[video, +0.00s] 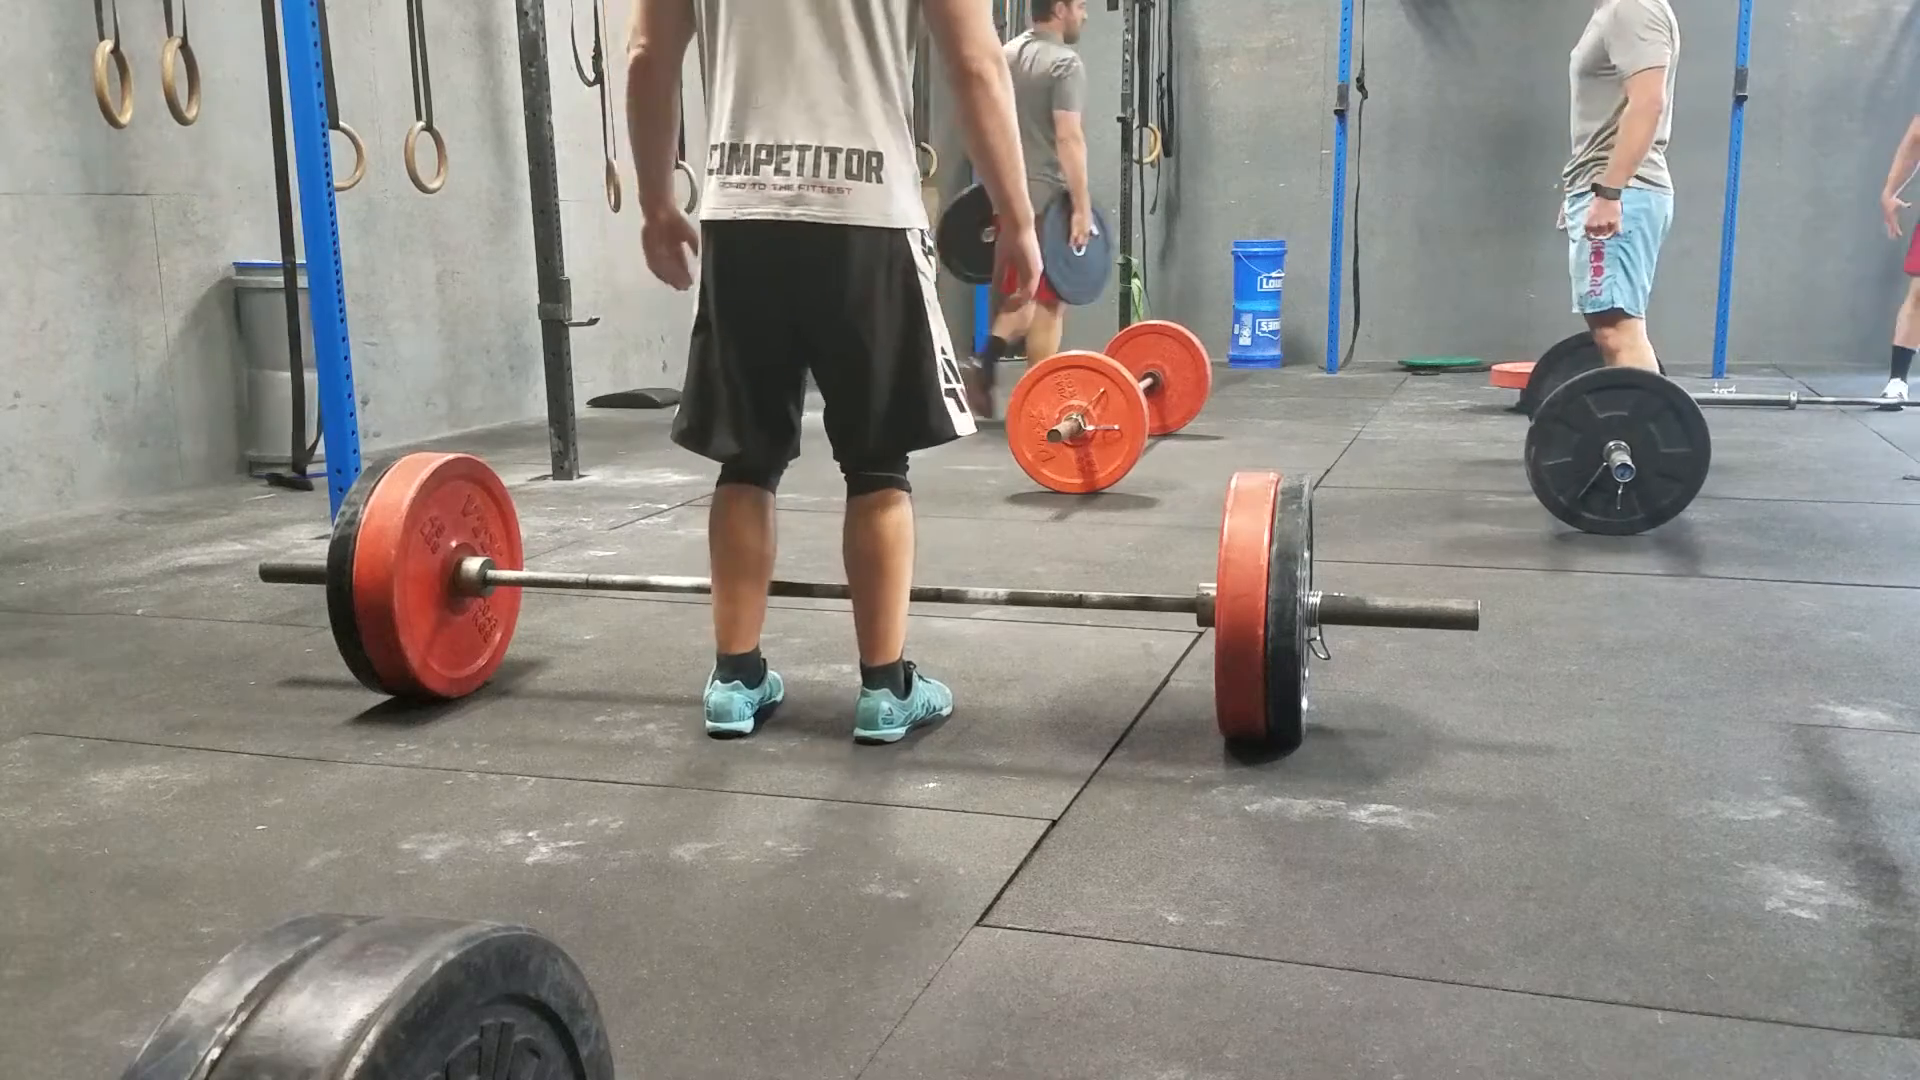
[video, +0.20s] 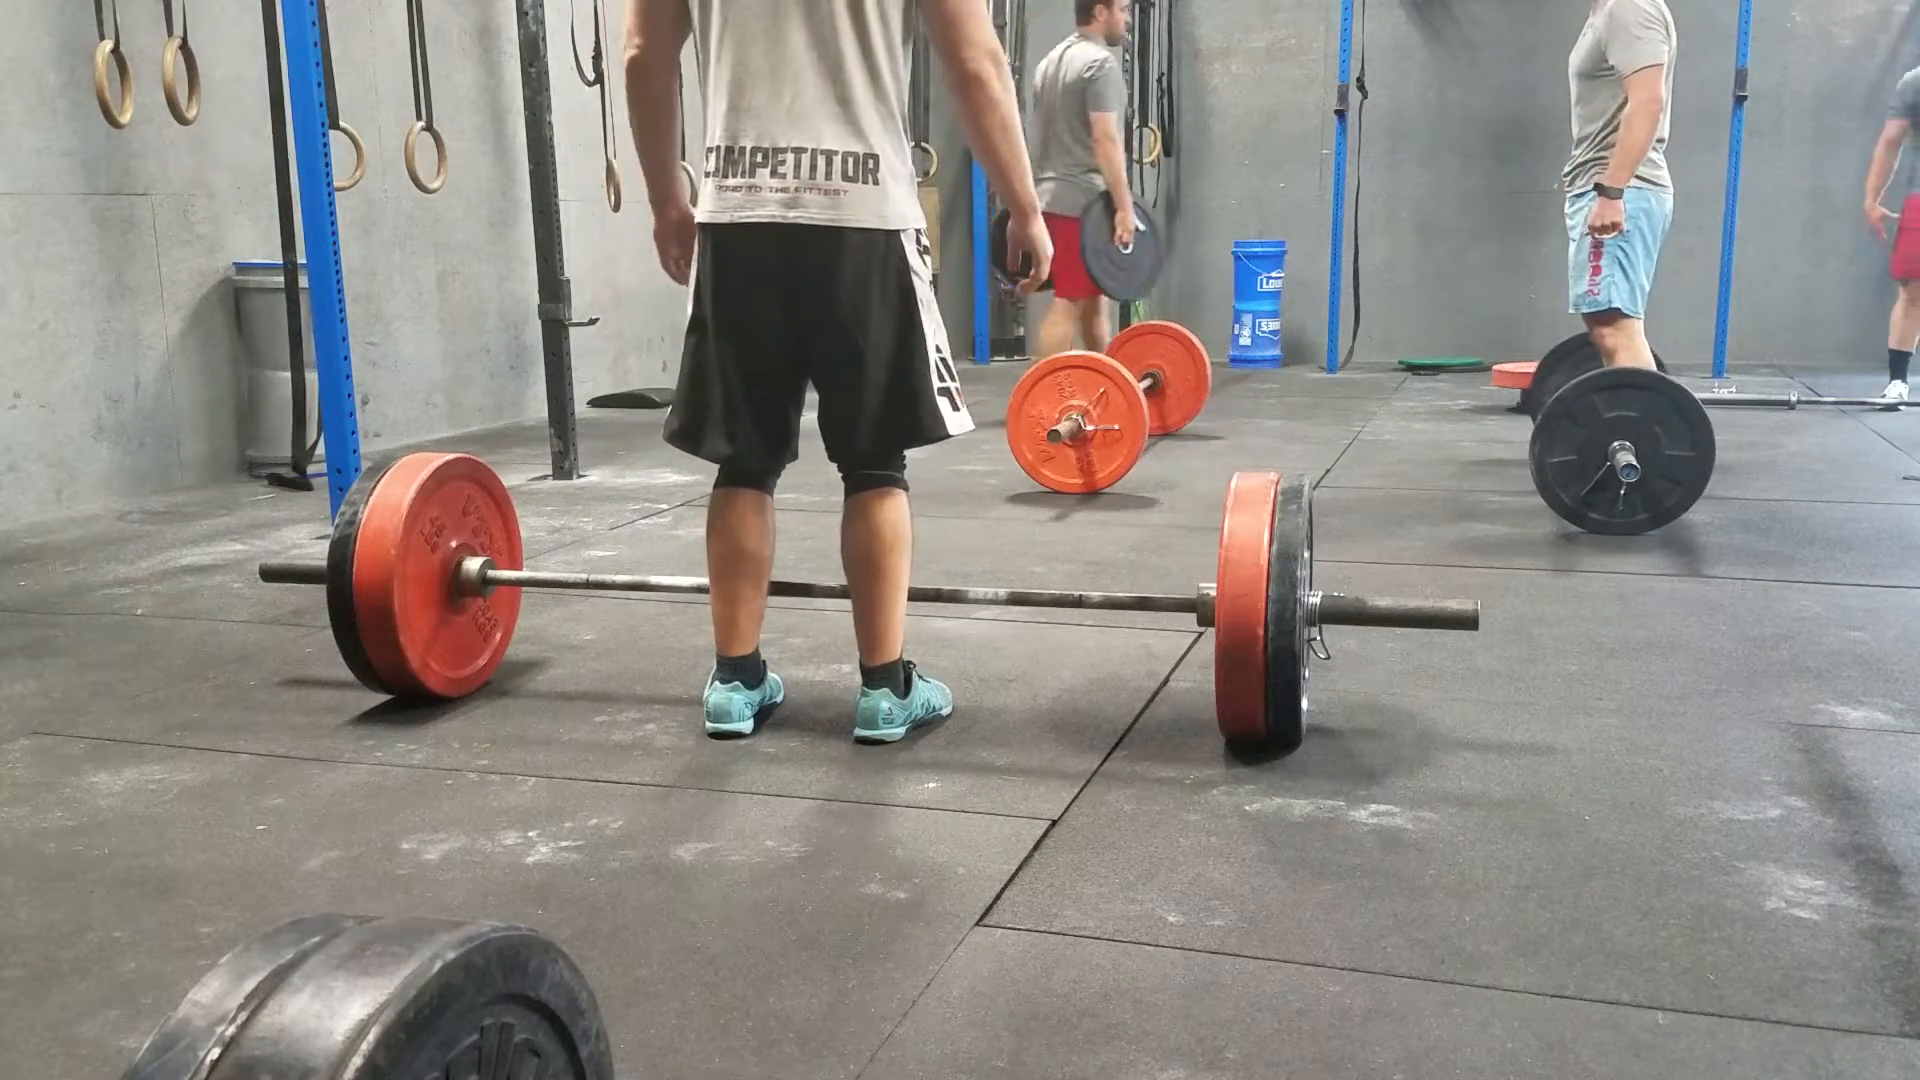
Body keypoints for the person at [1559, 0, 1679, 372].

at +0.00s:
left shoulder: (1633, 9)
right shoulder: (1615, 11)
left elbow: (1646, 103)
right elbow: (1615, 113)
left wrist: (1608, 192)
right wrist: (1580, 191)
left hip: (1621, 193)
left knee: (1618, 334)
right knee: (1618, 333)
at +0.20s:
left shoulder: (1629, 9)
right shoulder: (1610, 11)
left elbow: (1646, 102)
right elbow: (1634, 105)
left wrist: (1611, 190)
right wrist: (1595, 187)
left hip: (1620, 191)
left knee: (1616, 331)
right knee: (1614, 330)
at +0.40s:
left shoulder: (1627, 9)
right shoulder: (1609, 11)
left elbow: (1641, 103)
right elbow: (1631, 106)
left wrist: (1597, 188)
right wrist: (1590, 187)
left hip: (1621, 191)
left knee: (1614, 331)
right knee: (1613, 330)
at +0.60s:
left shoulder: (1630, 9)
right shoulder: (1615, 10)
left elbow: (1637, 105)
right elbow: (1628, 108)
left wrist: (1586, 187)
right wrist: (1582, 188)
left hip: (1616, 192)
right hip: (1613, 193)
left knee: (1611, 331)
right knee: (1613, 330)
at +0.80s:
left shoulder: (1631, 9)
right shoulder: (1618, 10)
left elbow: (1639, 103)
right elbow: (1627, 107)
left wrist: (1591, 187)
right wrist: (1582, 187)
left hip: (1621, 190)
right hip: (1619, 191)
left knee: (1596, 328)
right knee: (1597, 328)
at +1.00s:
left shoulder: (1631, 8)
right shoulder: (1615, 10)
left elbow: (1647, 99)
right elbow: (1619, 109)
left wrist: (1606, 186)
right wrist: (1587, 188)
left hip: (1630, 187)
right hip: (1636, 188)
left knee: (1613, 329)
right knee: (1632, 327)